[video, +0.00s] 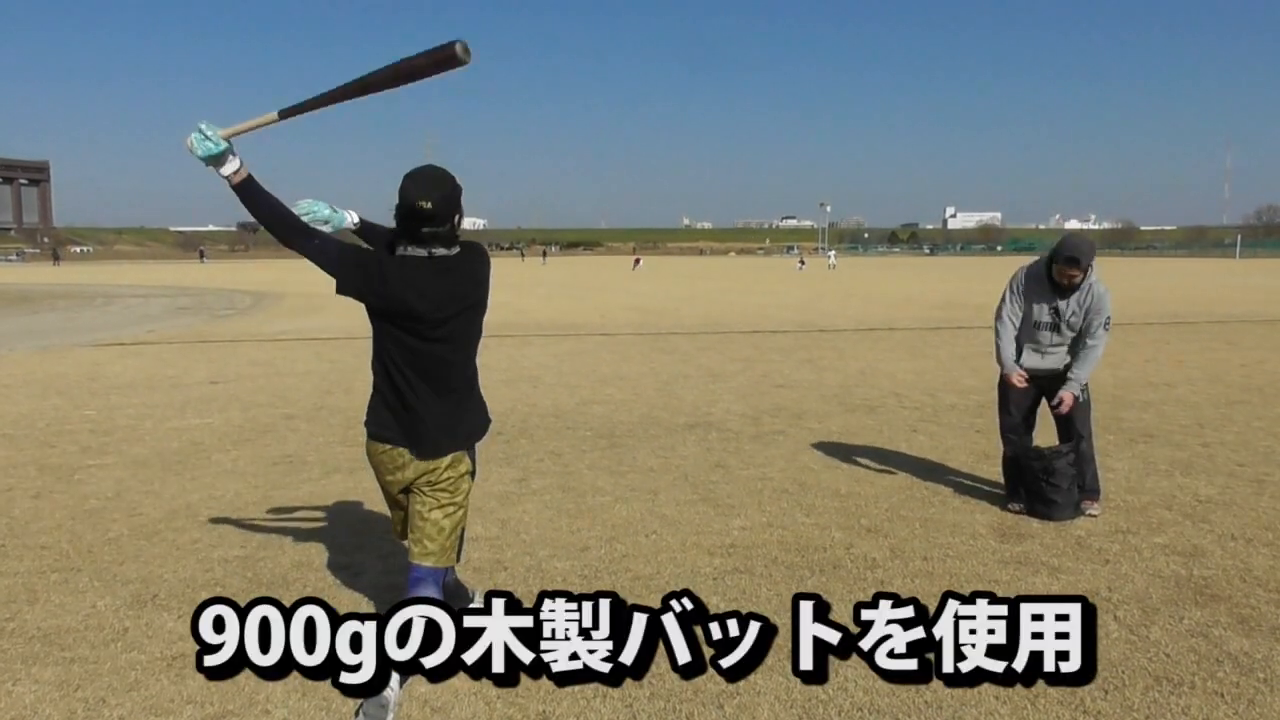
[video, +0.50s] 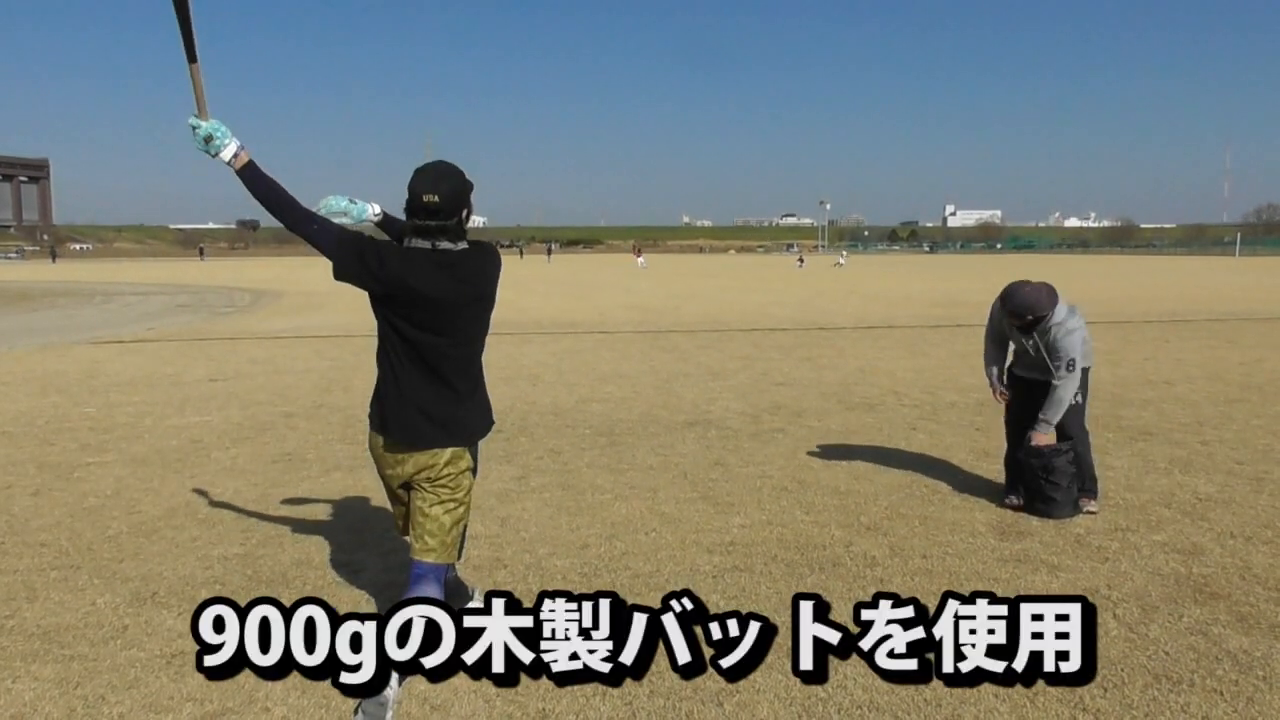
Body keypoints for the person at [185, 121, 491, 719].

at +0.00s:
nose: (450, 216)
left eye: (410, 208)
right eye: (454, 210)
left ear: (400, 217)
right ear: (457, 221)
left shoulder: (379, 271)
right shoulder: (475, 264)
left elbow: (297, 233)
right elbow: (409, 243)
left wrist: (233, 169)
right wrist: (349, 221)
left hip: (387, 437)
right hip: (452, 439)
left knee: (424, 540)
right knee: (426, 570)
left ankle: (464, 607)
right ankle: (387, 686)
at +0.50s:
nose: (461, 212)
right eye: (465, 205)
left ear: (410, 211)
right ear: (465, 215)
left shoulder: (385, 261)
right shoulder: (485, 263)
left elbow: (301, 218)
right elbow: (436, 242)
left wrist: (237, 157)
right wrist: (378, 216)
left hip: (388, 435)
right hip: (451, 438)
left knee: (424, 536)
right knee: (429, 570)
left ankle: (464, 603)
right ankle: (383, 689)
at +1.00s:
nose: (460, 212)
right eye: (463, 205)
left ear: (408, 211)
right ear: (465, 216)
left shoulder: (380, 259)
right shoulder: (482, 264)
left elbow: (301, 215)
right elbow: (434, 248)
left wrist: (245, 148)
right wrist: (379, 231)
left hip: (385, 433)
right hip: (447, 438)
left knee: (420, 537)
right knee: (426, 571)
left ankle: (462, 606)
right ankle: (384, 687)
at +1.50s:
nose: (455, 211)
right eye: (456, 204)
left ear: (403, 209)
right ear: (457, 215)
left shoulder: (376, 258)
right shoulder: (479, 264)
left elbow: (294, 215)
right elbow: (442, 248)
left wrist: (238, 149)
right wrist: (387, 236)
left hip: (383, 433)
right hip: (447, 437)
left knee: (420, 537)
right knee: (423, 572)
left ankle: (466, 608)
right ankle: (378, 691)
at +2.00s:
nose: (451, 207)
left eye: (412, 199)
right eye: (451, 201)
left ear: (399, 207)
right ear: (452, 211)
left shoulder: (375, 259)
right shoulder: (479, 263)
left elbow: (292, 220)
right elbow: (449, 243)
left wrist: (225, 163)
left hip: (385, 432)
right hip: (447, 437)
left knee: (424, 535)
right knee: (421, 567)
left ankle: (455, 596)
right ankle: (376, 690)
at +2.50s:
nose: (460, 207)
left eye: (453, 199)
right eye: (457, 201)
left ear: (400, 206)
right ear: (451, 209)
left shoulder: (374, 257)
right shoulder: (480, 265)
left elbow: (294, 245)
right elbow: (495, 317)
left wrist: (215, 224)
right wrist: (445, 287)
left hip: (385, 434)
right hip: (445, 438)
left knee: (422, 536)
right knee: (420, 569)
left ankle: (454, 598)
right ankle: (373, 689)